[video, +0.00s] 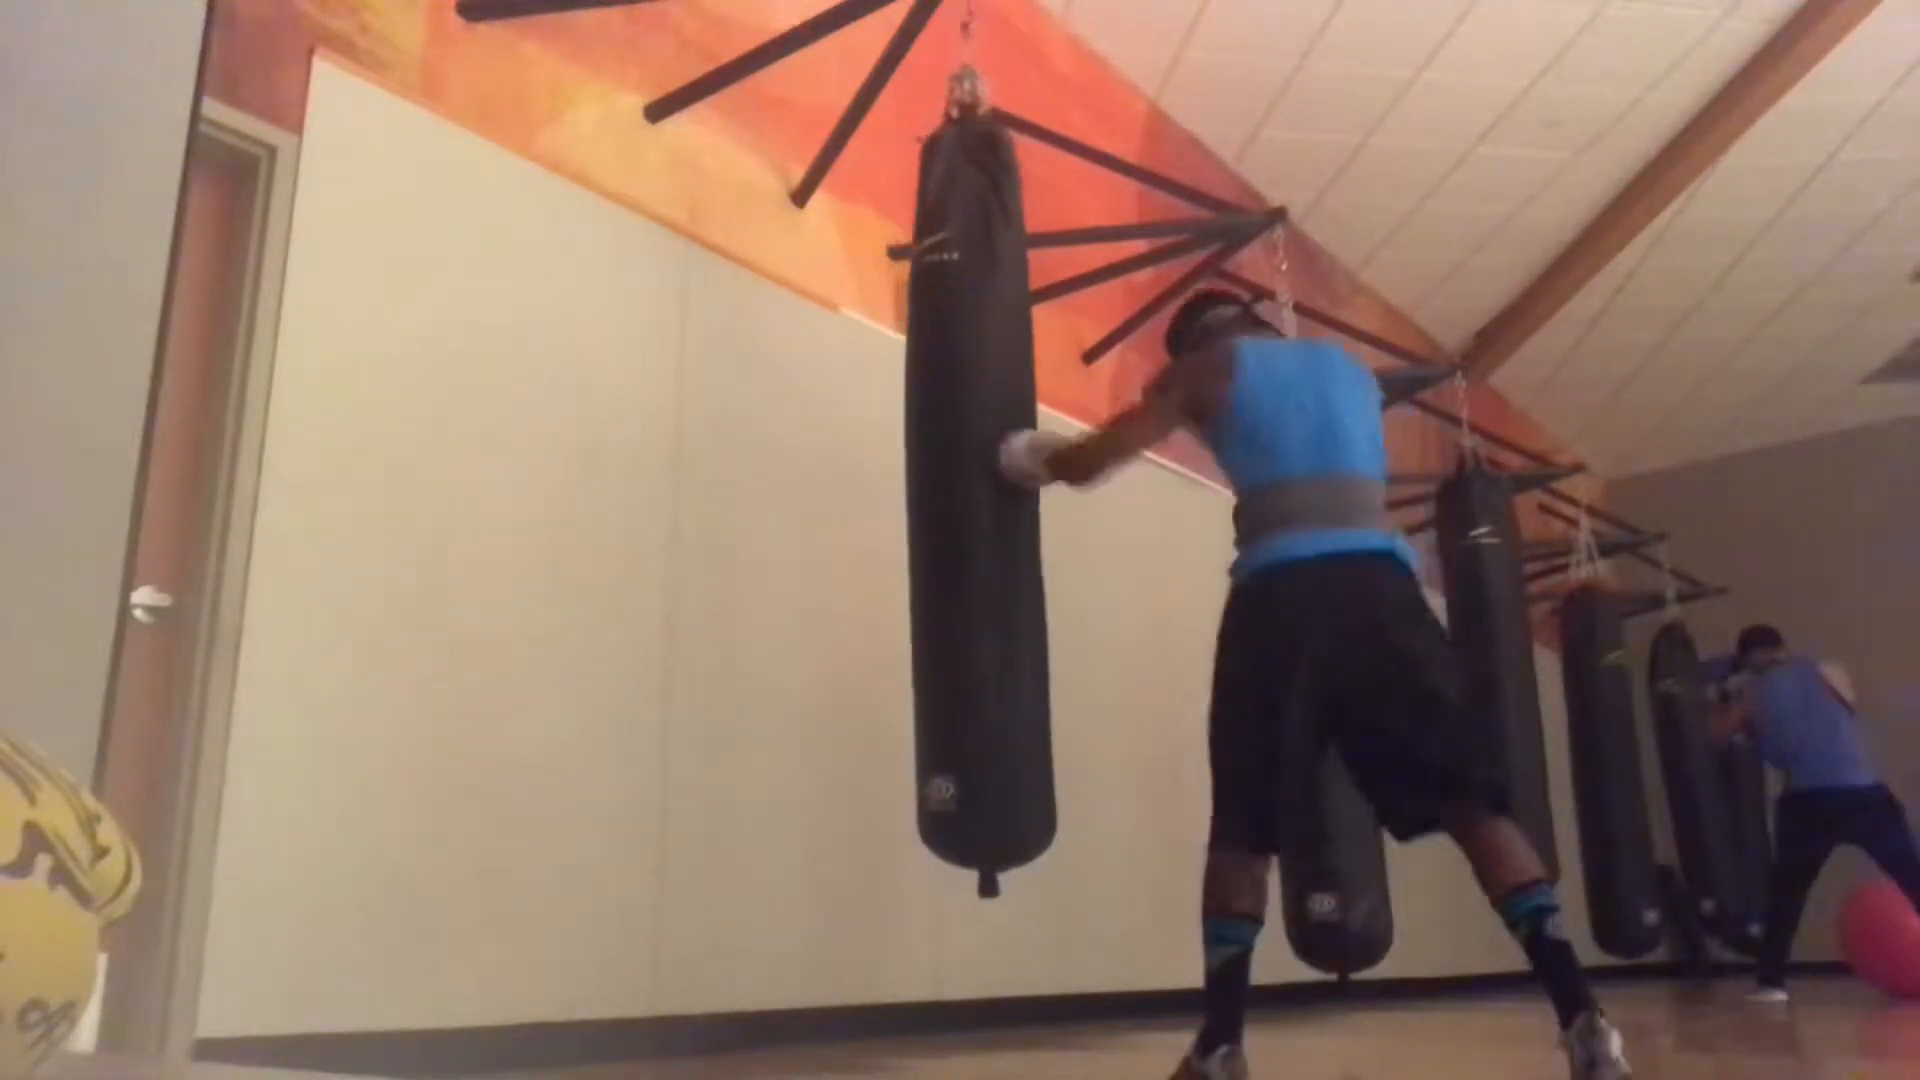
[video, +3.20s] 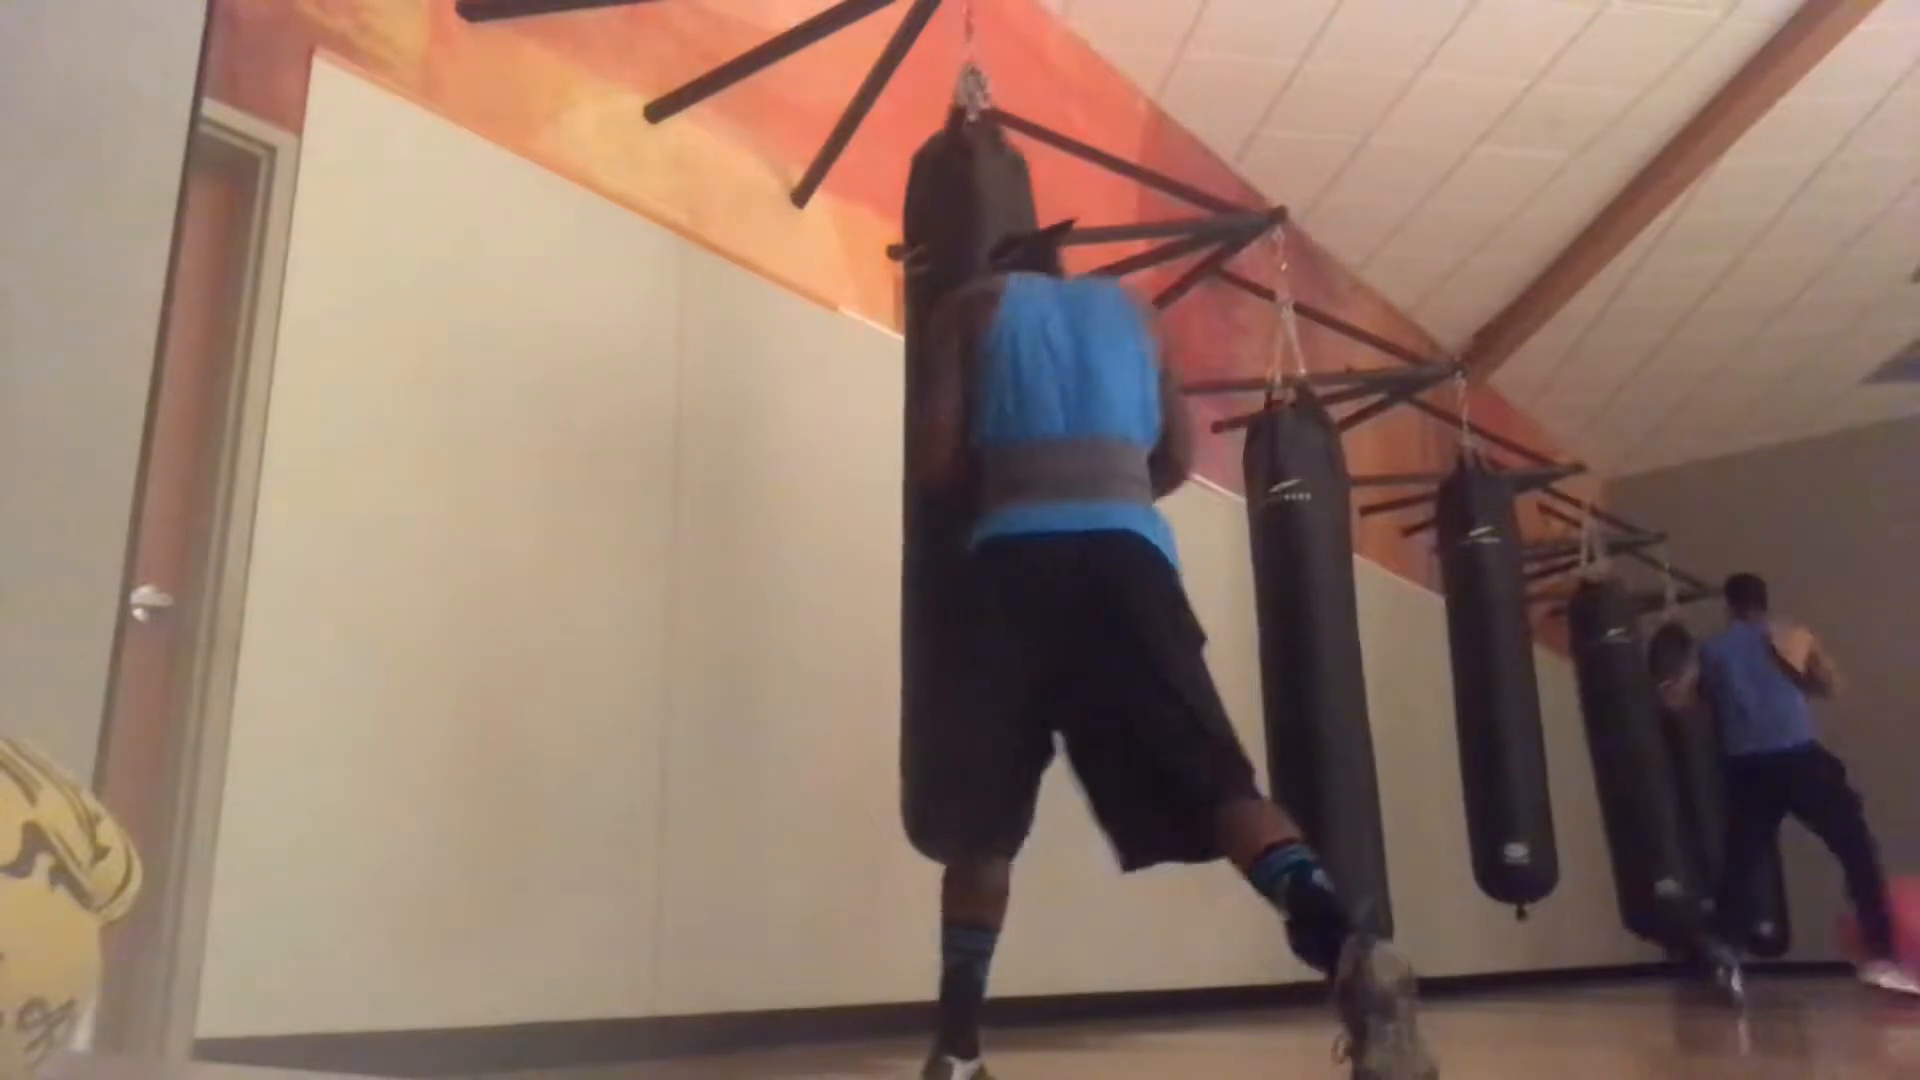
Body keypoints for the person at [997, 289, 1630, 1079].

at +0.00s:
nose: (1176, 380)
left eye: (1181, 365)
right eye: (1179, 371)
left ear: (1194, 347)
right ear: (1264, 323)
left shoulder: (1204, 366)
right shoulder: (1347, 366)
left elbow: (1088, 463)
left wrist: (1033, 456)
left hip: (1275, 612)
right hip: (1383, 599)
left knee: (1241, 827)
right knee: (1473, 805)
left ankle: (1221, 1041)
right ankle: (1582, 1016)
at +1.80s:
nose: (1176, 258)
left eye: (1179, 246)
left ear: (1193, 239)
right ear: (1268, 218)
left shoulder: (1175, 266)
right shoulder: (1353, 254)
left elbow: (1040, 368)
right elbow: (1409, 357)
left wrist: (985, 370)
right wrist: (1359, 376)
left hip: (1213, 548)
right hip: (1342, 541)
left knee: (1177, 803)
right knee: (1444, 793)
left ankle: (1129, 1047)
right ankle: (1529, 1046)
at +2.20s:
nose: (1152, 276)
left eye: (1156, 265)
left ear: (1177, 259)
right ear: (1266, 254)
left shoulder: (1152, 291)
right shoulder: (1321, 299)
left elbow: (1055, 437)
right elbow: (1319, 431)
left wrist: (1059, 438)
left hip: (1166, 582)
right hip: (1299, 585)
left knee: (1122, 794)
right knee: (1394, 815)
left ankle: (1098, 1011)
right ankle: (1447, 1051)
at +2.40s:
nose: (1251, 303)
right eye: (1240, 295)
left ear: (1122, 321)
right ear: (1199, 301)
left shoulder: (1086, 368)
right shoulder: (1250, 329)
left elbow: (1012, 458)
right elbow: (1287, 482)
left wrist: (988, 524)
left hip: (1097, 604)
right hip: (1221, 598)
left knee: (1069, 825)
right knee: (1381, 806)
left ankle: (996, 1043)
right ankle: (1389, 1024)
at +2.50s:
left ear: (1098, 325)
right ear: (1177, 309)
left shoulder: (1063, 372)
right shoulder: (1242, 327)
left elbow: (994, 513)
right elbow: (1253, 488)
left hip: (1075, 595)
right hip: (1196, 592)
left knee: (1061, 816)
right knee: (1315, 813)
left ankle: (994, 1042)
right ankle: (1282, 1041)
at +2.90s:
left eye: (1002, 296)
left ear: (1005, 292)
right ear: (1067, 293)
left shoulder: (978, 332)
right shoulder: (1132, 340)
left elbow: (933, 471)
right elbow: (1173, 466)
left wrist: (995, 474)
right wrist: (1094, 472)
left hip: (1001, 585)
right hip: (1114, 586)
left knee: (973, 818)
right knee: (1164, 810)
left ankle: (954, 1047)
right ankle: (1302, 961)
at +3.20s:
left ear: (970, 247)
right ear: (1046, 246)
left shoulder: (965, 310)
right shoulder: (1125, 305)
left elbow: (935, 463)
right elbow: (1177, 456)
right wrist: (1090, 494)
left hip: (1007, 572)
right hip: (1130, 567)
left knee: (984, 814)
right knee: (1213, 772)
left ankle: (955, 1046)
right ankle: (1347, 947)